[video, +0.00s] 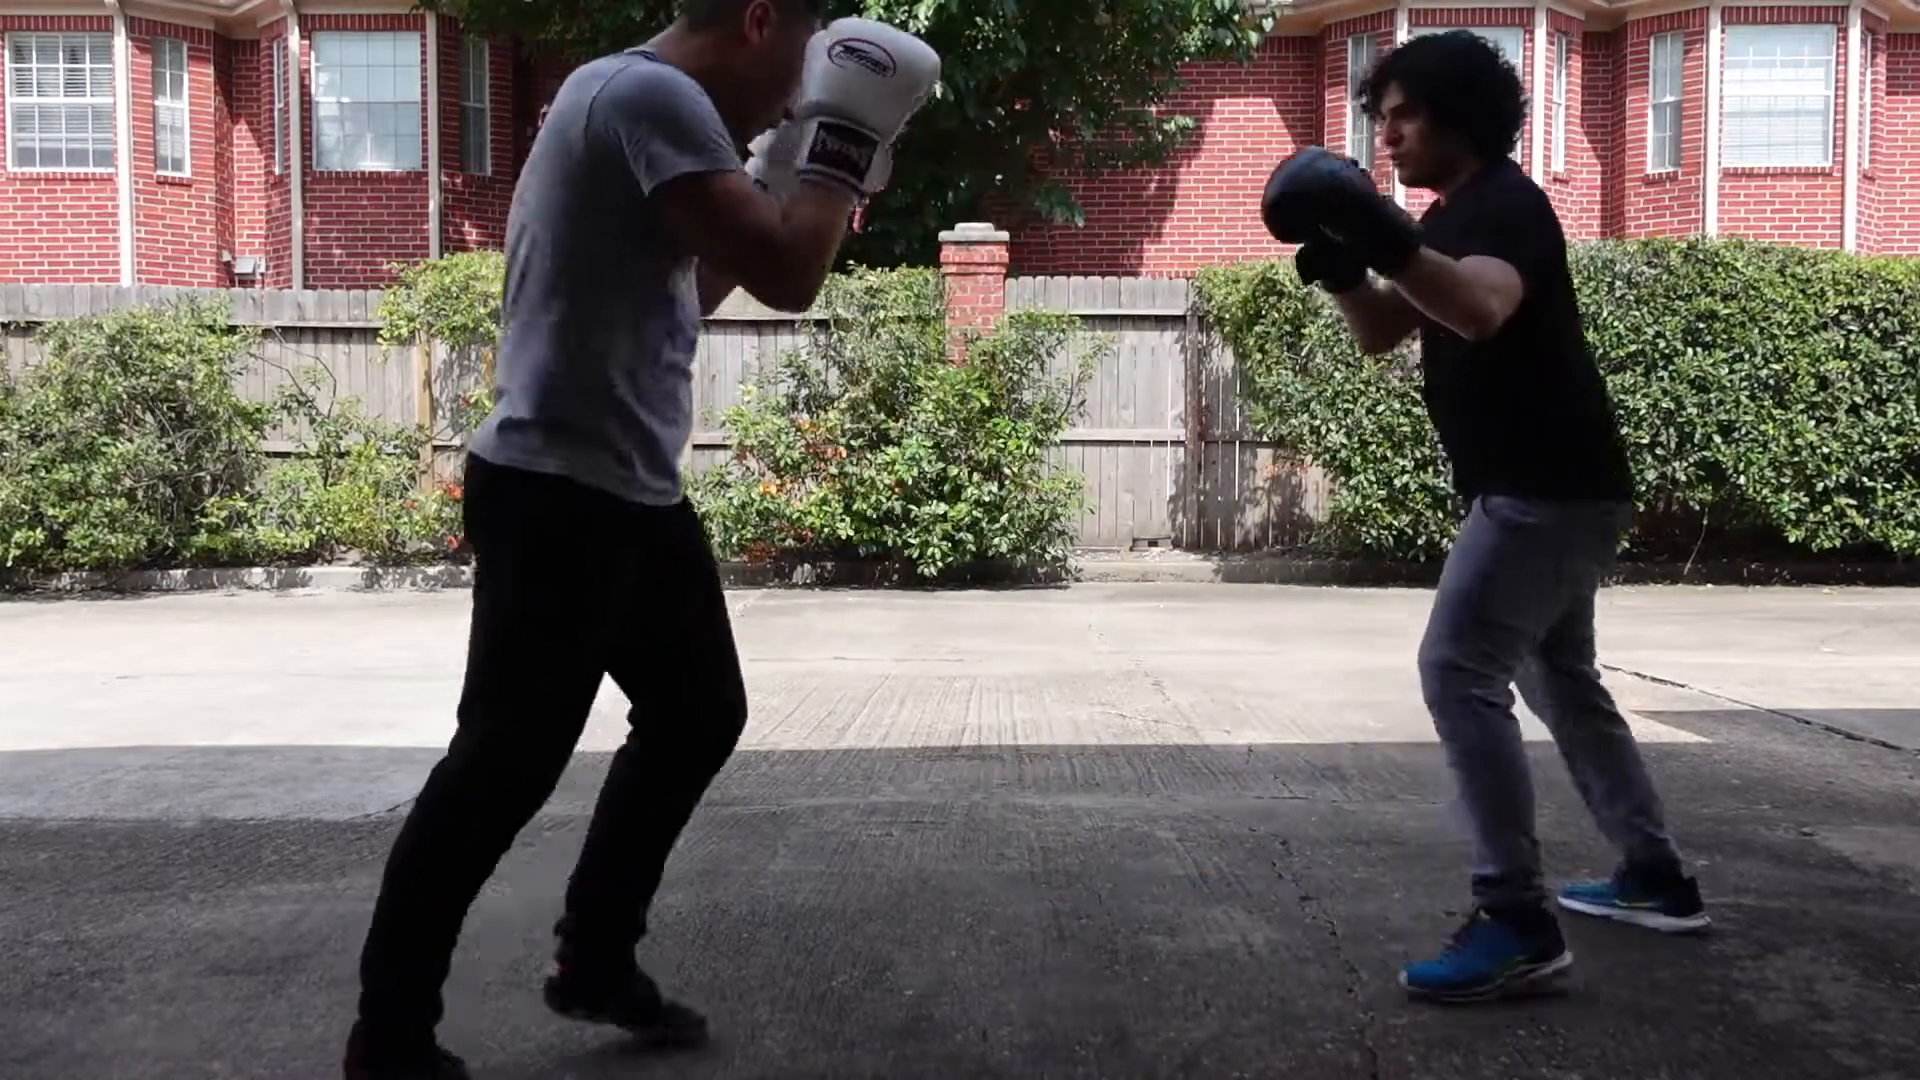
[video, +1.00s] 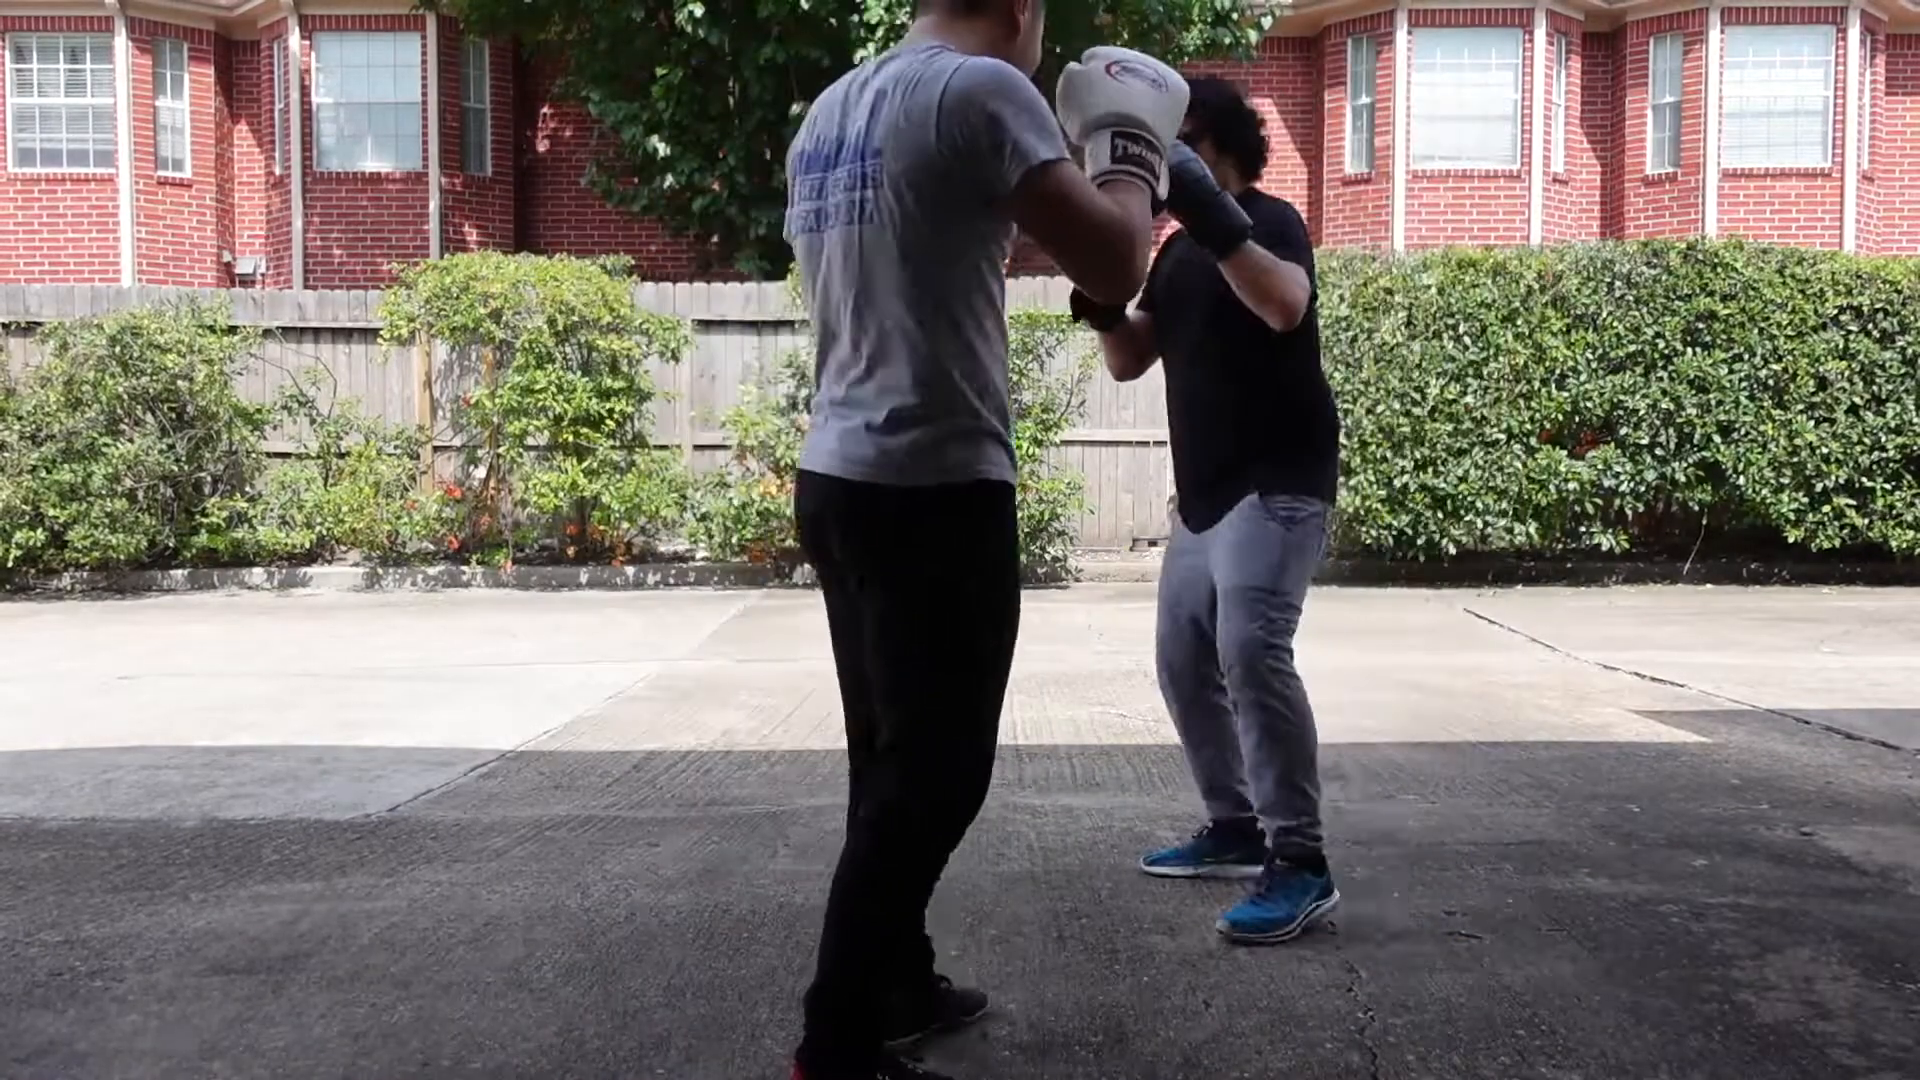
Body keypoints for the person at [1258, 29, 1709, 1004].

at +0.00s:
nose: (1384, 138)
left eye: (1397, 117)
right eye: (1381, 120)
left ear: (1451, 117)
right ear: (1436, 123)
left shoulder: (1504, 204)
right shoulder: (1447, 216)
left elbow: (1481, 309)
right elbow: (1382, 330)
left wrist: (1377, 231)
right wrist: (1333, 264)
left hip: (1544, 496)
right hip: (1537, 493)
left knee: (1457, 674)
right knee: (1559, 681)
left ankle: (1516, 918)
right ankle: (1656, 874)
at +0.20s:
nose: (1370, 137)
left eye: (1383, 117)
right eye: (1364, 122)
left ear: (1441, 115)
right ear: (1384, 127)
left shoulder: (1495, 203)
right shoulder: (1416, 219)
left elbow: (1440, 295)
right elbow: (1343, 327)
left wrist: (1350, 197)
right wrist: (1313, 253)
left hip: (1531, 501)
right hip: (1489, 501)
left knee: (1470, 685)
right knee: (1499, 686)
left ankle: (1536, 920)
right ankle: (1620, 842)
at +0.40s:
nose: (1329, 132)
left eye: (1343, 112)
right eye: (1322, 117)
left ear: (1406, 111)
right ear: (1323, 126)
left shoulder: (1456, 202)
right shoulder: (1350, 216)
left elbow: (1425, 302)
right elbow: (1289, 324)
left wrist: (1328, 208)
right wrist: (1257, 242)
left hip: (1469, 496)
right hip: (1386, 496)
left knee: (1459, 688)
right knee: (1328, 648)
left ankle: (1536, 915)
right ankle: (1401, 823)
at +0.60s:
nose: (1262, 164)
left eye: (1274, 146)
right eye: (1259, 149)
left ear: (1324, 148)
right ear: (1279, 156)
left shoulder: (1370, 233)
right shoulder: (1282, 254)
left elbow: (1355, 318)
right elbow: (1215, 351)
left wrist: (1273, 213)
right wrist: (1191, 276)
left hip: (1368, 524)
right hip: (1284, 519)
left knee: (1406, 702)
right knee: (1225, 668)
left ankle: (1512, 909)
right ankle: (1237, 830)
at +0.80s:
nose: (1200, 149)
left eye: (1215, 131)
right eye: (1194, 135)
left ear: (1263, 133)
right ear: (1195, 146)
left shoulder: (1309, 204)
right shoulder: (1208, 239)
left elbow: (1315, 282)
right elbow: (1151, 336)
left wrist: (1222, 195)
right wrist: (1131, 253)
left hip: (1315, 480)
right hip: (1231, 491)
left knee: (1294, 648)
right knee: (1195, 646)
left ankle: (1330, 856)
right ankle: (1230, 816)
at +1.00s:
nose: (1168, 167)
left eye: (1182, 149)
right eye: (1166, 152)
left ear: (1226, 156)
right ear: (1179, 167)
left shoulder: (1272, 220)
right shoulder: (1177, 252)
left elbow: (1285, 307)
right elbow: (1128, 359)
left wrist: (1205, 212)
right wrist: (1100, 285)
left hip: (1277, 489)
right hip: (1204, 498)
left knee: (1253, 658)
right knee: (1184, 667)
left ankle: (1299, 863)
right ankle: (1234, 827)